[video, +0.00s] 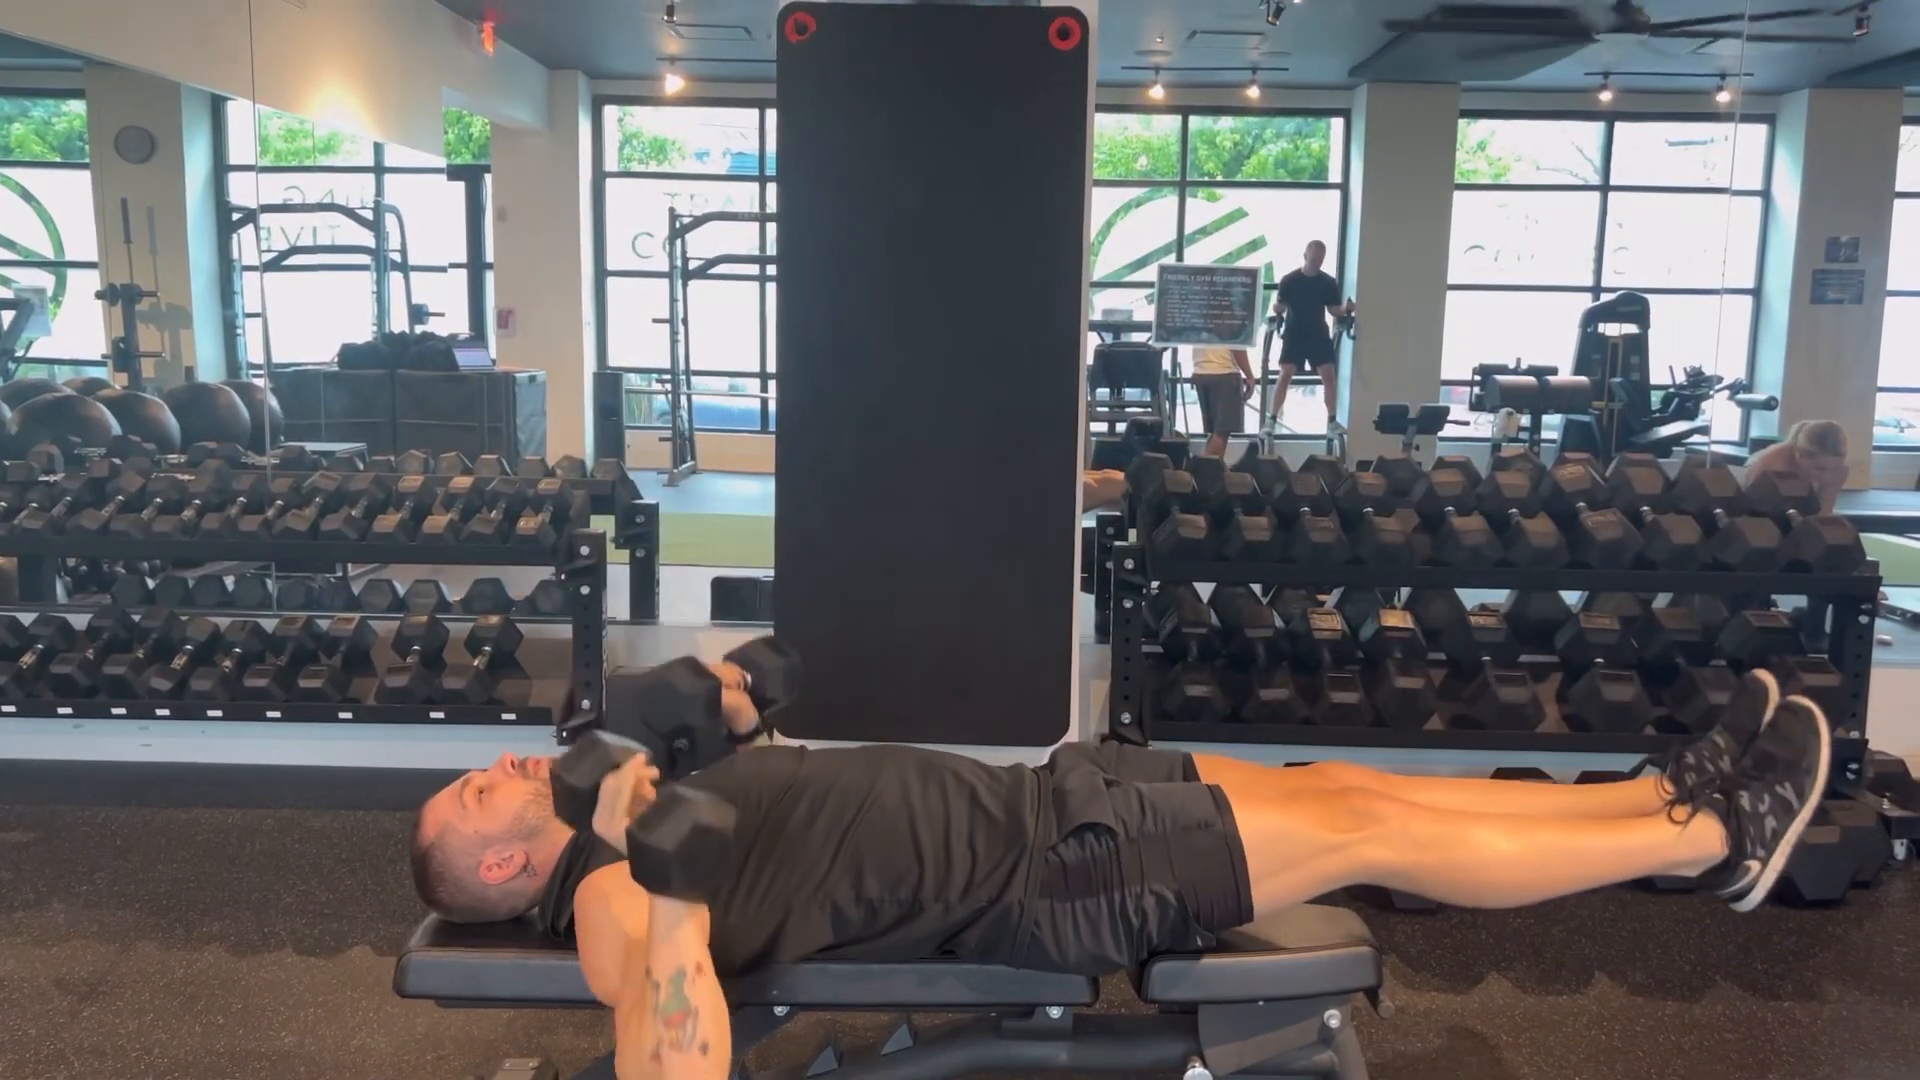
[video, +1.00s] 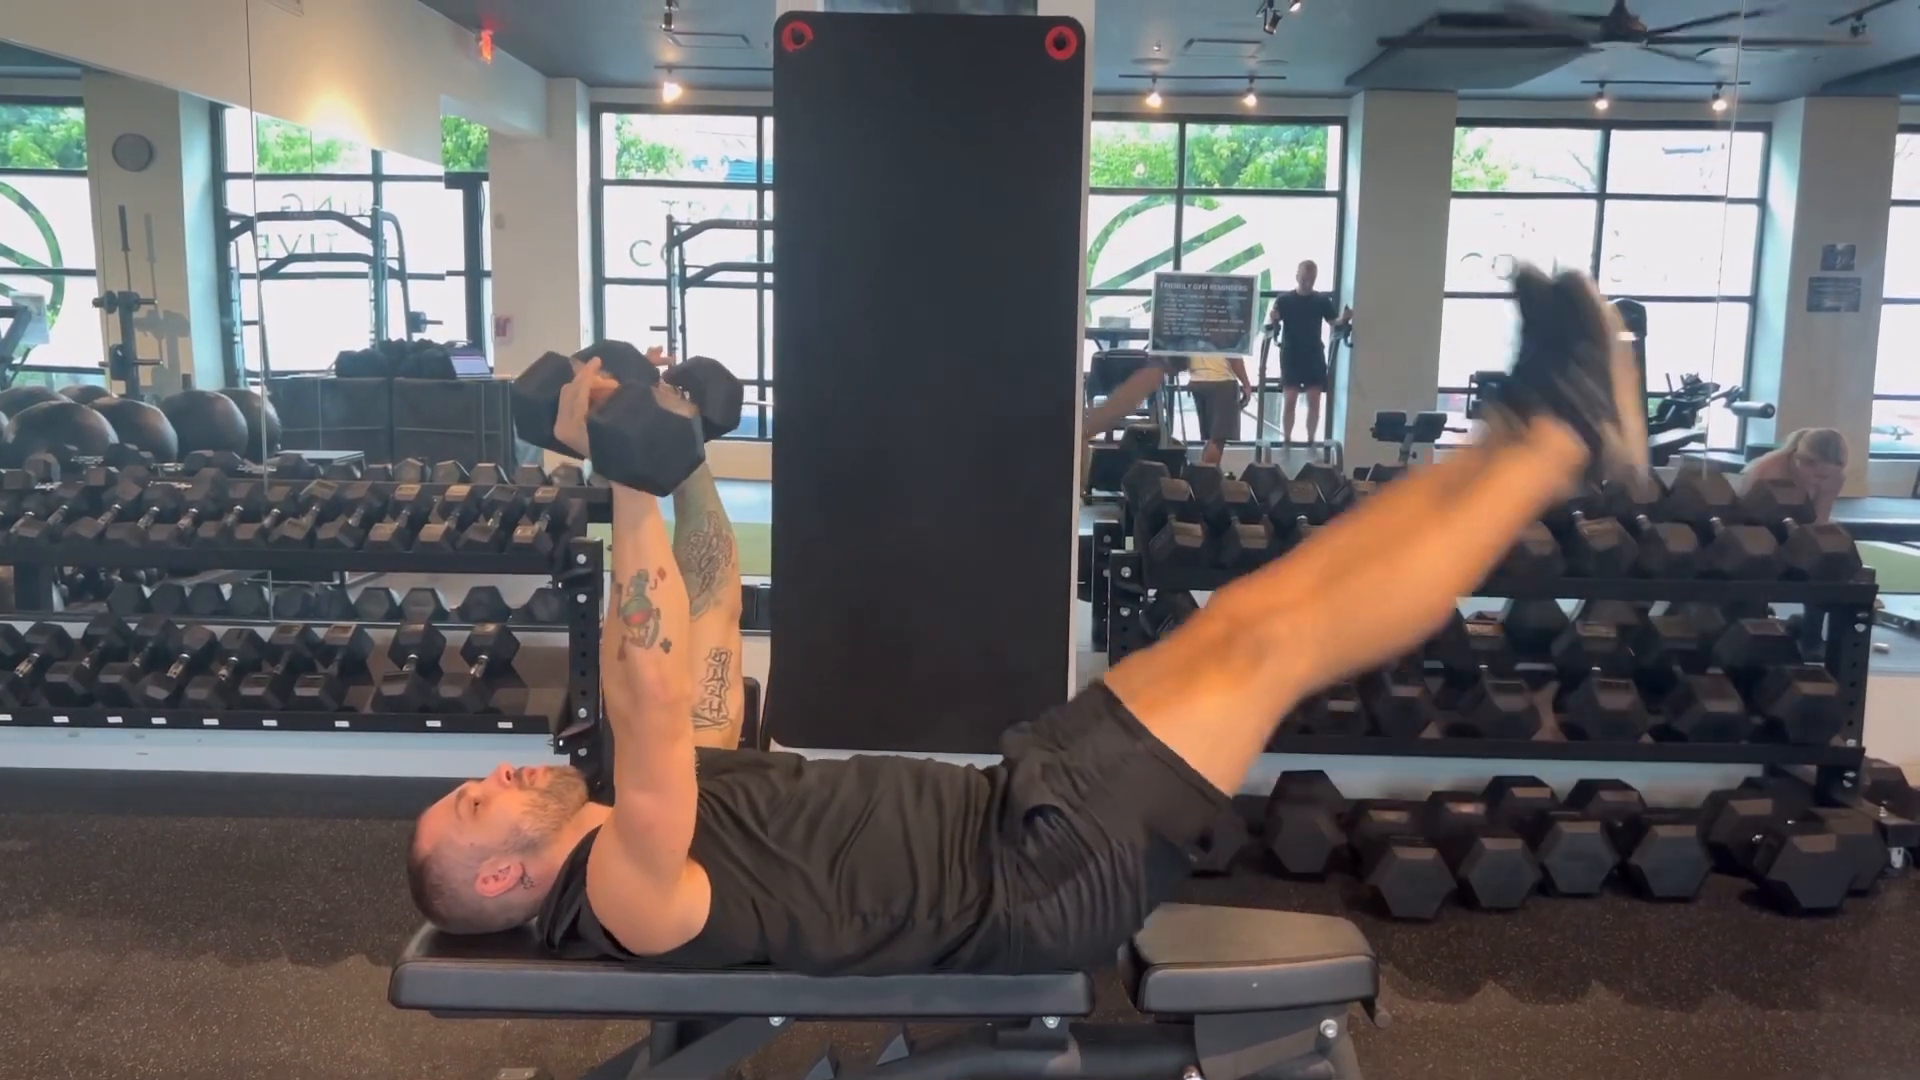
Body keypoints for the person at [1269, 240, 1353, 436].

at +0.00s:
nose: (1317, 263)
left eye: (1320, 259)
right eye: (1314, 258)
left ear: (1324, 259)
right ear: (1305, 255)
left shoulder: (1328, 282)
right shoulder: (1290, 280)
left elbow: (1334, 310)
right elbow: (1280, 306)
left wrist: (1346, 309)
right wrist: (1277, 308)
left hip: (1318, 334)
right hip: (1294, 334)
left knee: (1328, 376)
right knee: (1285, 375)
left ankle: (1332, 421)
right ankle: (1272, 419)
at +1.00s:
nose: (1307, 282)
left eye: (1310, 278)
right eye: (1303, 278)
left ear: (1315, 278)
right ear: (1297, 277)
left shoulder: (1321, 300)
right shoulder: (1285, 300)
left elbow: (1333, 323)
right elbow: (1271, 324)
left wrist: (1344, 319)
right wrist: (1272, 319)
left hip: (1314, 352)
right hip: (1291, 353)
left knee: (1314, 399)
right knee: (1290, 399)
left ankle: (1311, 442)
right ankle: (1286, 441)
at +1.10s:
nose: (1306, 284)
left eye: (1309, 280)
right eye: (1302, 279)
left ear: (1314, 280)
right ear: (1296, 279)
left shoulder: (1320, 301)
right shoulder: (1284, 301)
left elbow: (1334, 323)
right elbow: (1272, 333)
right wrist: (1273, 321)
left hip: (1312, 356)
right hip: (1289, 356)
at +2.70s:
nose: (1303, 288)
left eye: (1306, 284)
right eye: (1299, 284)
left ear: (1310, 287)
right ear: (1293, 288)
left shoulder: (1320, 311)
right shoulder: (1284, 312)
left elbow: (1332, 334)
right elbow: (1271, 332)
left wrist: (1343, 328)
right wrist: (1271, 329)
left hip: (1314, 358)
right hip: (1291, 357)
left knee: (1319, 393)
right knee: (1299, 381)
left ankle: (1323, 435)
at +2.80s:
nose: (1303, 285)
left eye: (1306, 282)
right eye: (1299, 282)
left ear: (1310, 286)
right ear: (1292, 286)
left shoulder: (1320, 310)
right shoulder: (1283, 311)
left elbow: (1332, 334)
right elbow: (1272, 336)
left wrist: (1342, 329)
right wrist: (1272, 329)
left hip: (1314, 358)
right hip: (1289, 359)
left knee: (1323, 357)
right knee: (1301, 353)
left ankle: (1330, 391)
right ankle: (1309, 396)